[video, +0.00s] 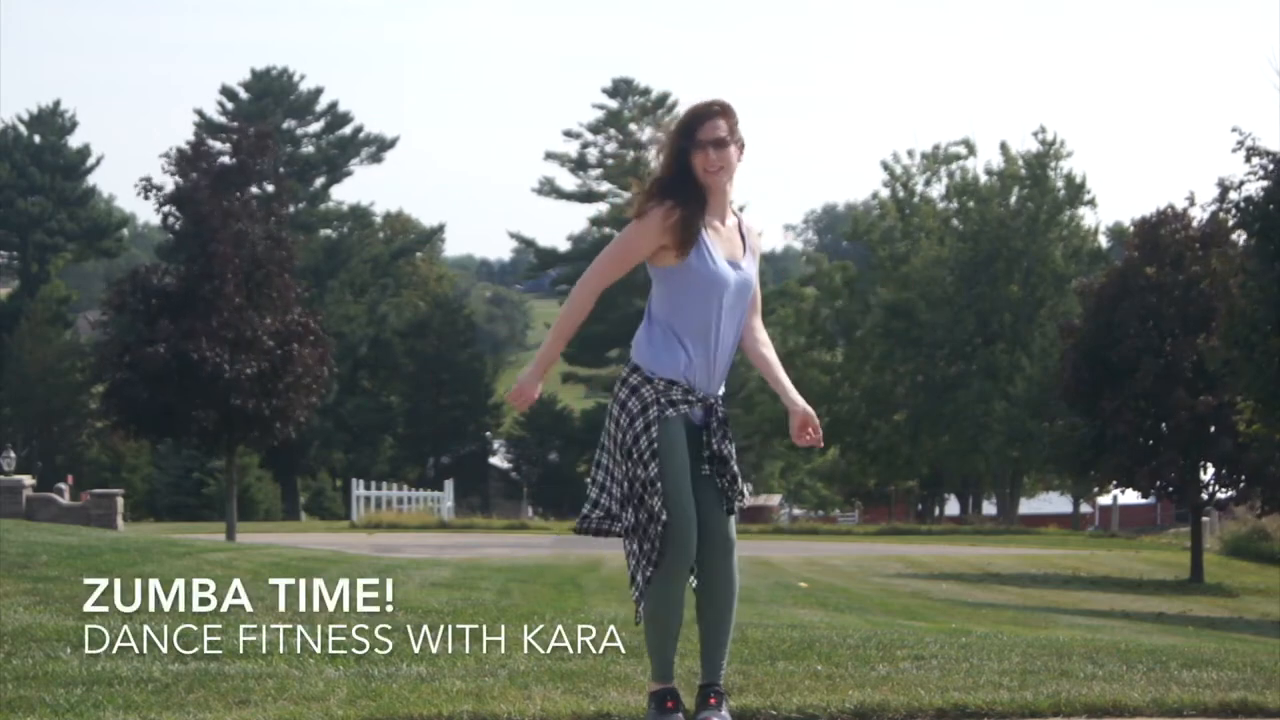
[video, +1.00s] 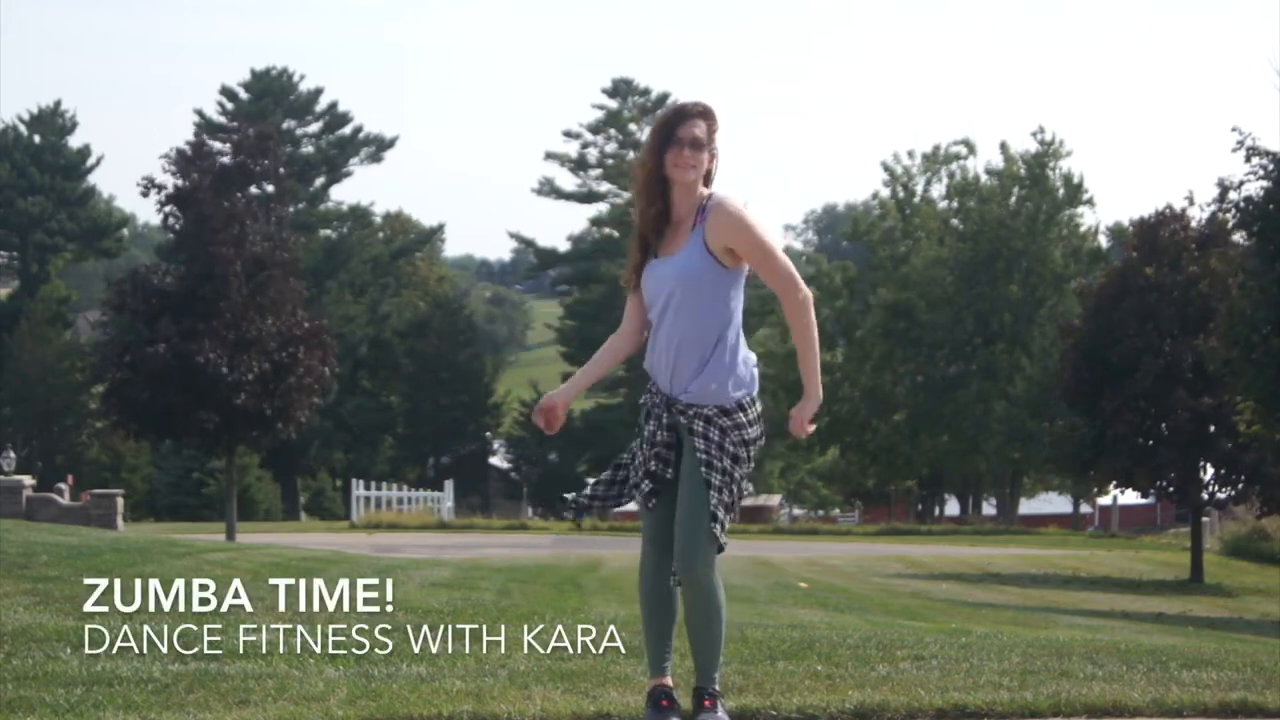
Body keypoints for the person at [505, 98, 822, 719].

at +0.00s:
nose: (716, 153)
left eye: (725, 142)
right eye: (704, 145)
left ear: (739, 150)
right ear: (686, 155)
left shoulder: (744, 231)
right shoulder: (665, 219)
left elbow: (752, 330)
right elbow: (589, 285)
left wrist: (793, 400)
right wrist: (539, 368)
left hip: (706, 406)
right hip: (657, 395)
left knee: (720, 545)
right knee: (678, 542)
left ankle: (713, 694)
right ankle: (663, 692)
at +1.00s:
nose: (691, 153)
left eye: (701, 145)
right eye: (681, 143)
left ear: (713, 156)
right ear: (659, 153)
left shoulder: (724, 217)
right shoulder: (651, 239)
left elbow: (796, 294)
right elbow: (629, 333)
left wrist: (812, 390)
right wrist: (569, 389)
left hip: (719, 411)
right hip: (663, 409)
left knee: (695, 561)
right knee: (656, 557)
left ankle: (708, 695)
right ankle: (660, 685)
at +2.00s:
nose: (694, 155)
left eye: (704, 145)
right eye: (683, 145)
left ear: (718, 155)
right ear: (662, 155)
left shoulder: (716, 233)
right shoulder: (639, 219)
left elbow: (735, 333)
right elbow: (612, 315)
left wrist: (814, 359)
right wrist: (629, 410)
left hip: (732, 408)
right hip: (668, 410)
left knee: (719, 554)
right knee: (684, 556)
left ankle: (713, 690)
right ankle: (666, 692)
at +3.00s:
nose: (694, 151)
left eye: (704, 141)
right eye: (683, 144)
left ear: (724, 152)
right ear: (666, 158)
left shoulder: (755, 231)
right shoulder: (652, 232)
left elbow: (784, 331)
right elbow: (567, 281)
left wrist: (727, 409)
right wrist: (474, 304)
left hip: (704, 410)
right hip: (632, 399)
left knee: (696, 556)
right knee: (646, 551)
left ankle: (708, 692)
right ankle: (659, 686)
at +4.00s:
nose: (692, 167)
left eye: (701, 158)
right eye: (682, 156)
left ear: (708, 162)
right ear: (655, 156)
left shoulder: (717, 232)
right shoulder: (615, 230)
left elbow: (799, 287)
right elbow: (577, 322)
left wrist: (856, 227)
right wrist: (522, 380)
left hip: (738, 399)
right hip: (664, 405)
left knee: (726, 552)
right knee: (683, 558)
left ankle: (713, 689)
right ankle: (666, 690)